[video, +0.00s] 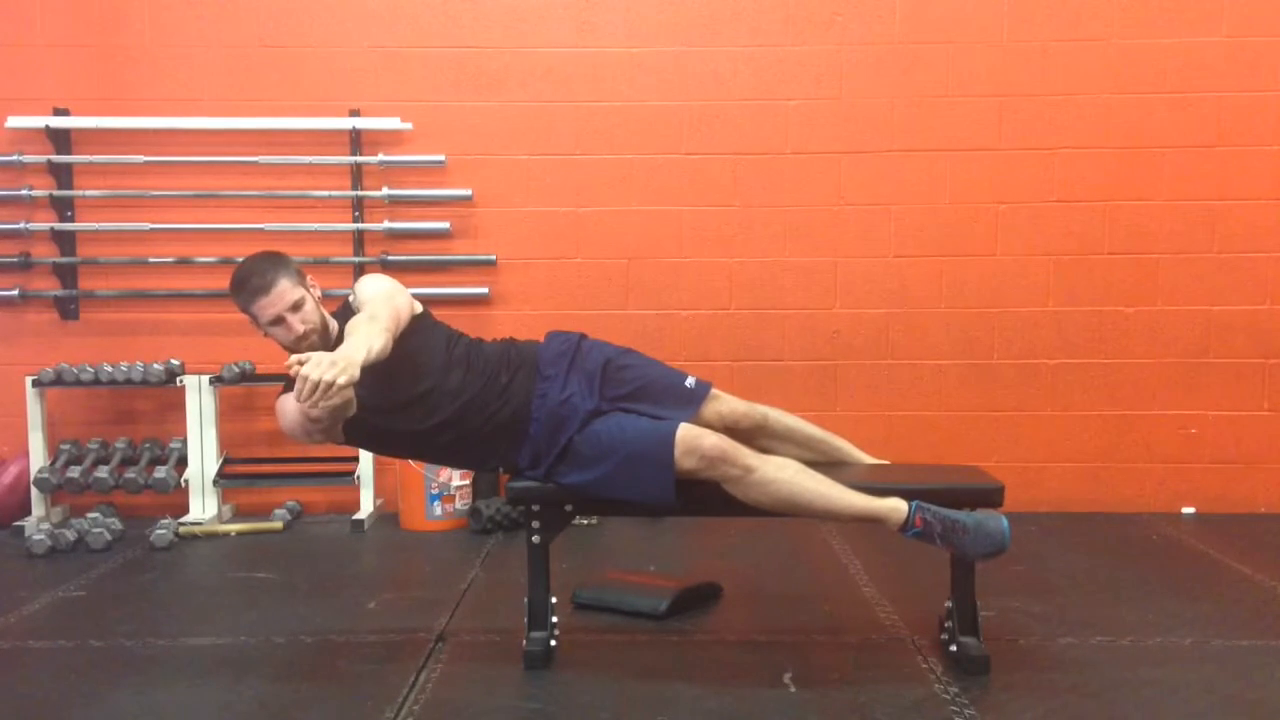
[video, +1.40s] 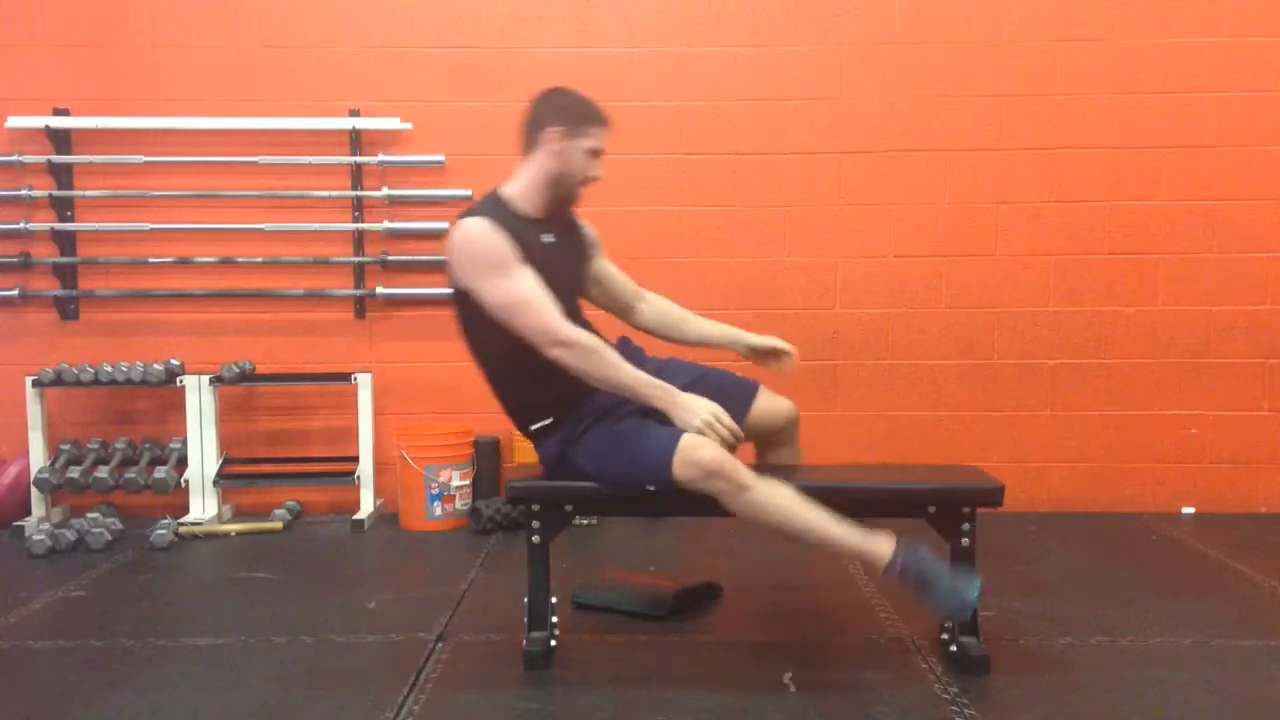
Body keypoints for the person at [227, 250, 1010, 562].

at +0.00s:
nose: (295, 327)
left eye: (294, 307)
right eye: (275, 326)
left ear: (312, 284)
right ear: (260, 337)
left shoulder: (368, 293)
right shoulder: (301, 400)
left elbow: (385, 321)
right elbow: (323, 420)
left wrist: (345, 360)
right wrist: (328, 399)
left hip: (568, 365)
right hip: (548, 446)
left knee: (737, 415)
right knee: (708, 454)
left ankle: (909, 491)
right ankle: (912, 520)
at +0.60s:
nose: (308, 305)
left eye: (309, 287)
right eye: (287, 303)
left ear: (324, 274)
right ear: (268, 318)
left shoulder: (376, 291)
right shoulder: (306, 399)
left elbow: (469, 315)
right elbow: (384, 452)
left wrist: (406, 362)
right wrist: (403, 374)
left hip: (566, 363)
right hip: (541, 442)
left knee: (739, 416)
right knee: (720, 461)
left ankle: (900, 483)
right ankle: (906, 520)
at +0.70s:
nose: (325, 295)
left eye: (327, 277)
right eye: (302, 294)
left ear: (339, 263)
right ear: (279, 307)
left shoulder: (393, 287)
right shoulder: (312, 392)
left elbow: (520, 333)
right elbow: (396, 450)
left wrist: (475, 393)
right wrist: (476, 379)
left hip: (582, 364)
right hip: (547, 443)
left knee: (748, 418)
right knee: (721, 465)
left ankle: (904, 487)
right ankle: (911, 523)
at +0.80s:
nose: (359, 265)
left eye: (361, 247)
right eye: (338, 259)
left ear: (368, 238)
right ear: (302, 271)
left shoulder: (414, 276)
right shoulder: (319, 375)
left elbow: (535, 297)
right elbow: (419, 435)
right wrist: (512, 410)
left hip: (580, 365)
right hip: (543, 444)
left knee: (748, 416)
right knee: (717, 460)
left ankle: (892, 480)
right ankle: (915, 523)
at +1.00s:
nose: (433, 211)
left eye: (430, 198)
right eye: (417, 201)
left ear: (418, 198)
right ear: (369, 209)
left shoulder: (451, 249)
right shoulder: (344, 322)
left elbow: (561, 274)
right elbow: (443, 399)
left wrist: (667, 288)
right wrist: (564, 389)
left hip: (583, 367)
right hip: (547, 434)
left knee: (755, 420)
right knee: (713, 461)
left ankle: (890, 498)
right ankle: (914, 522)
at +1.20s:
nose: (521, 180)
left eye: (523, 165)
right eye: (511, 165)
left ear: (491, 161)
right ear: (463, 160)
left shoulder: (507, 233)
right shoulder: (409, 263)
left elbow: (595, 285)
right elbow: (500, 356)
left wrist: (686, 306)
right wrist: (622, 389)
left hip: (602, 367)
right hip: (555, 426)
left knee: (767, 420)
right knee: (710, 462)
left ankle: (872, 508)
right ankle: (904, 522)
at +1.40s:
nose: (597, 171)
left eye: (601, 157)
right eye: (592, 153)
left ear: (564, 148)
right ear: (547, 142)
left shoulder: (565, 231)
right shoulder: (478, 238)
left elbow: (640, 306)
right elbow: (562, 344)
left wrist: (738, 339)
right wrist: (668, 401)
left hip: (623, 377)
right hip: (572, 421)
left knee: (777, 417)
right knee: (713, 464)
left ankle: (785, 539)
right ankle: (892, 557)